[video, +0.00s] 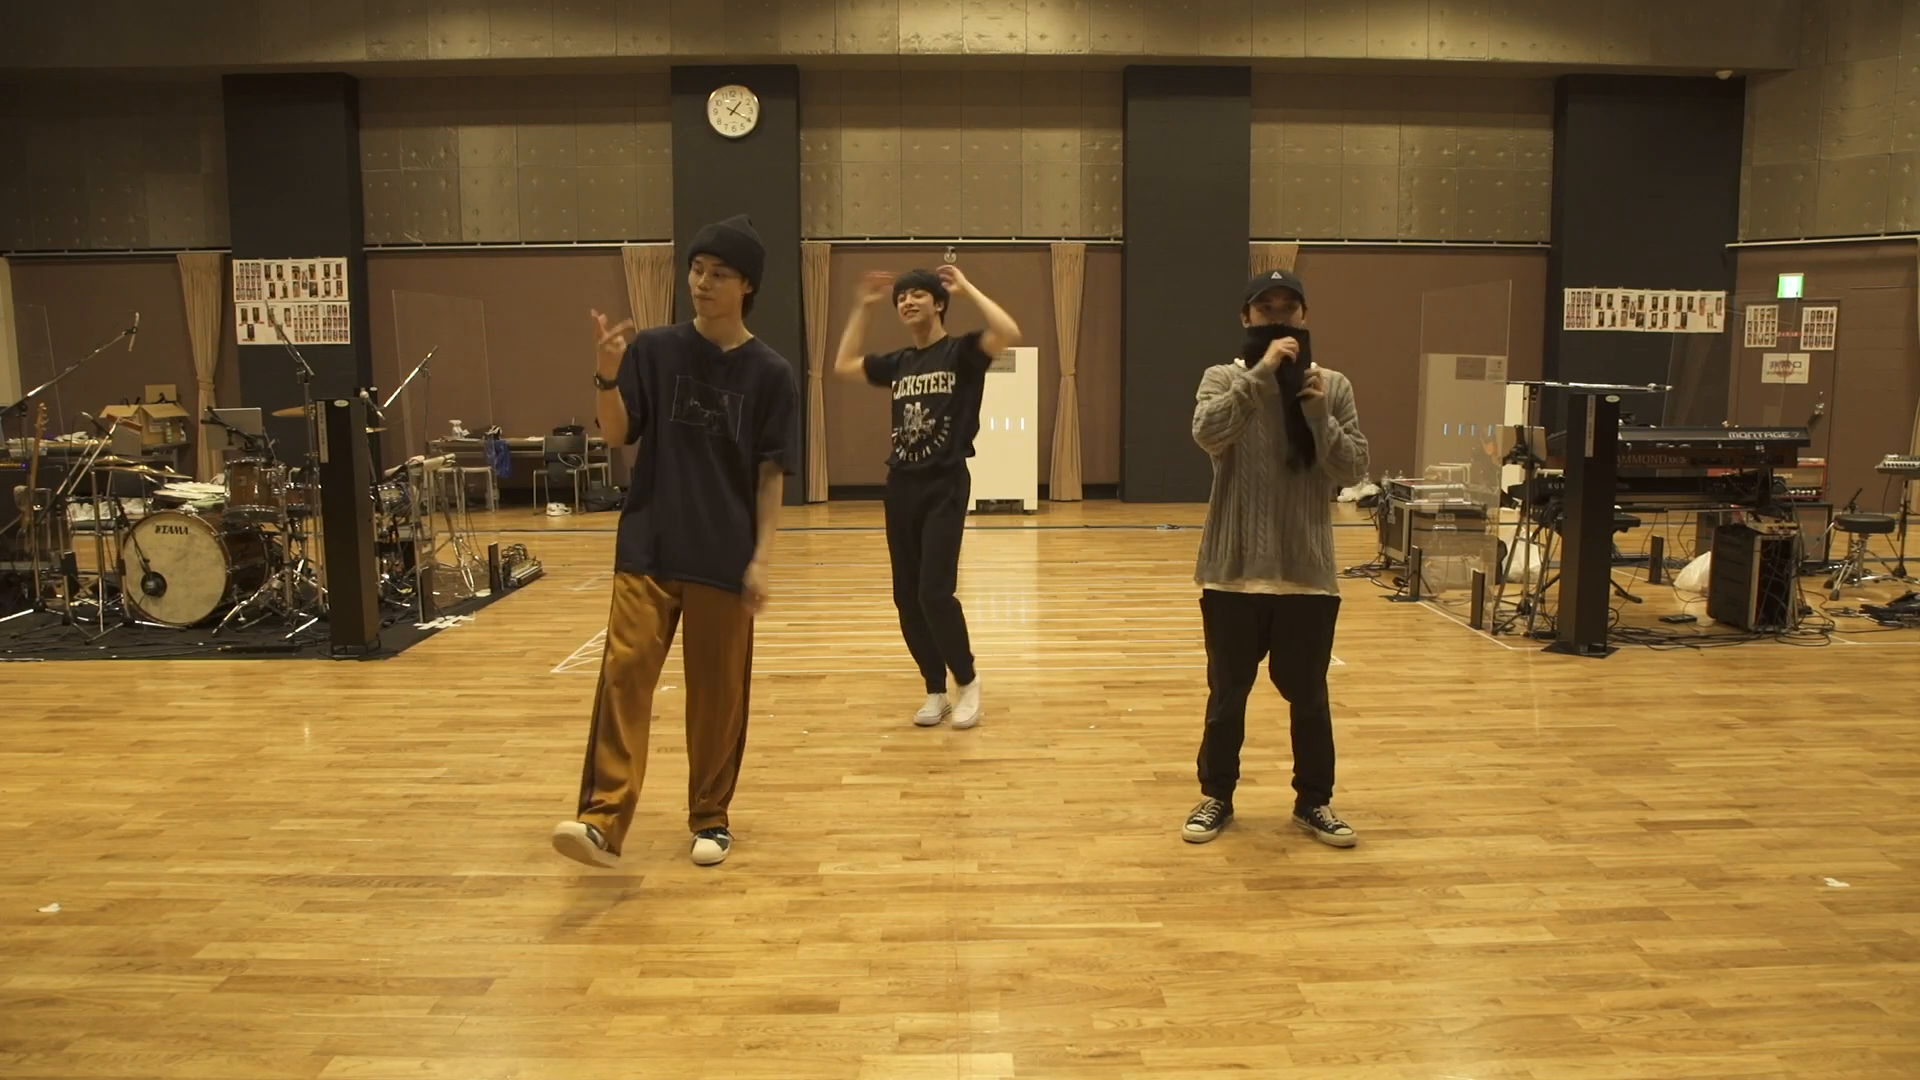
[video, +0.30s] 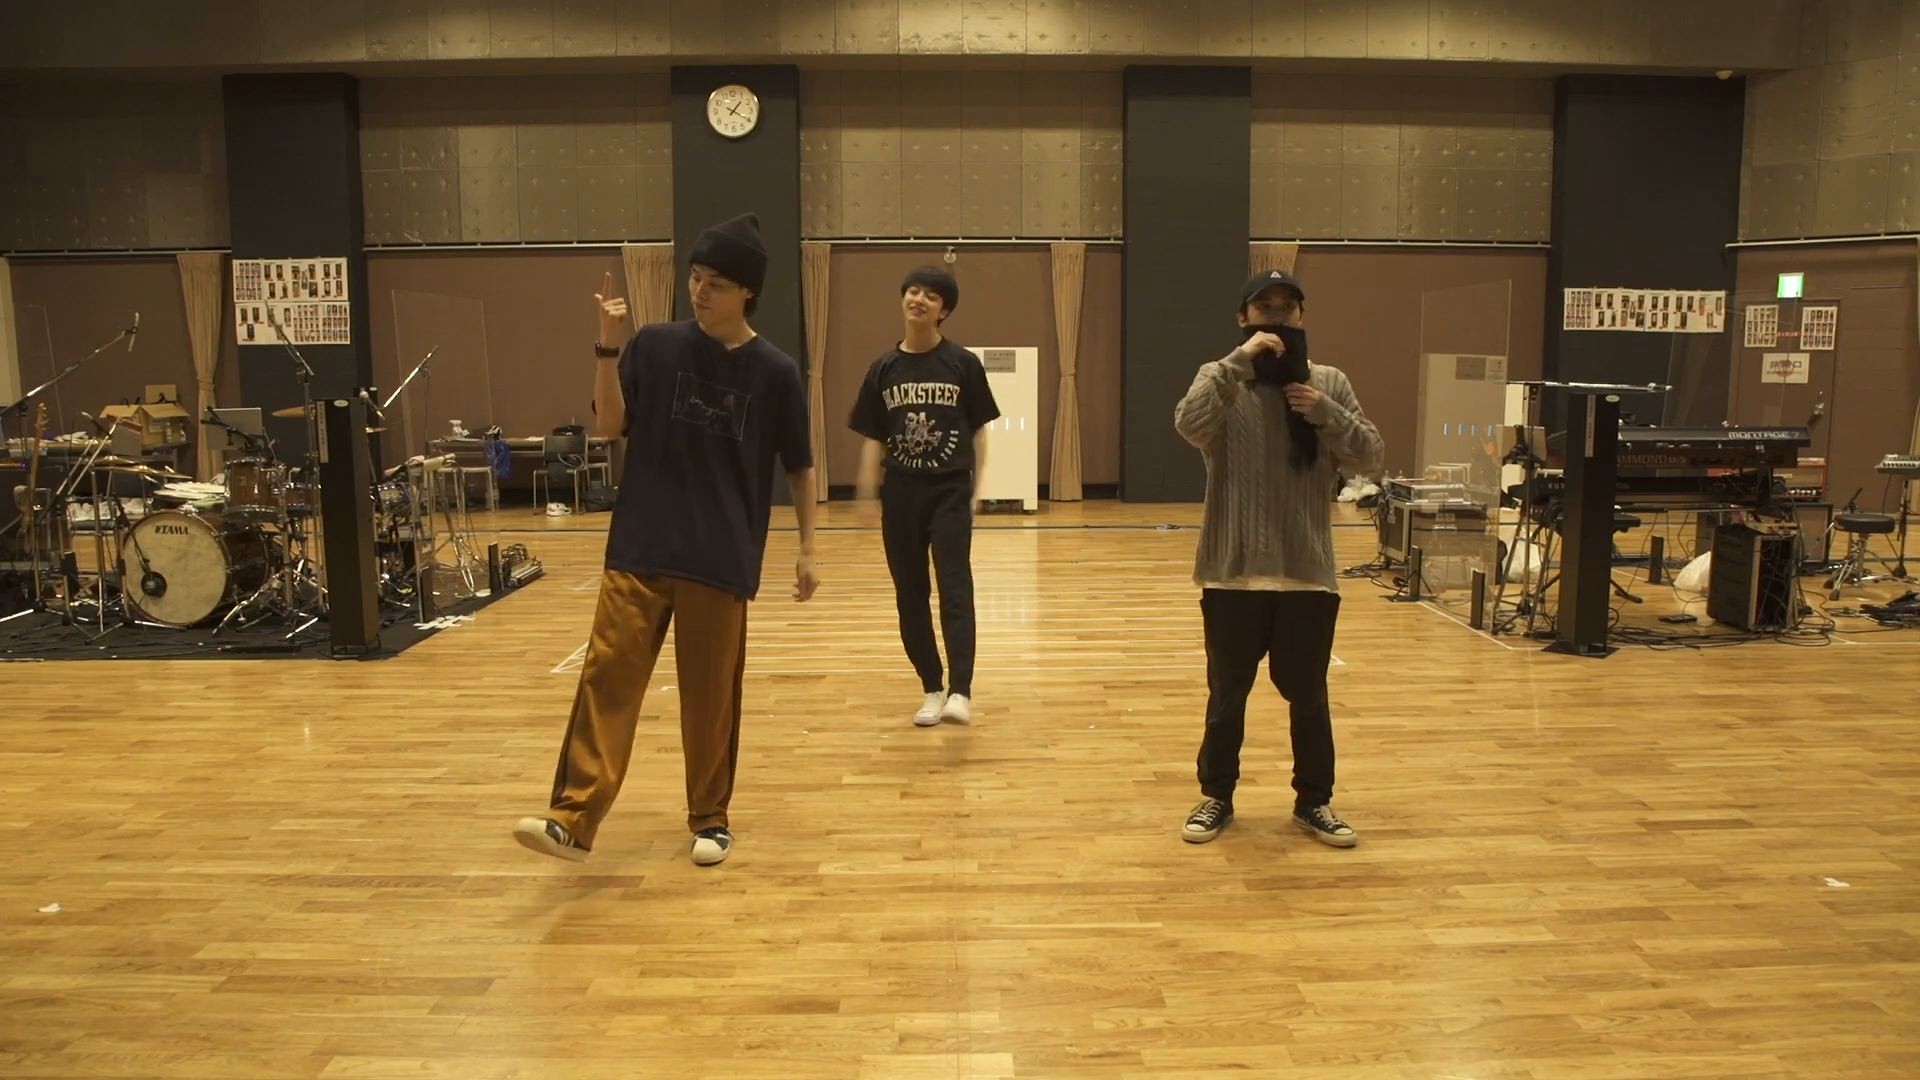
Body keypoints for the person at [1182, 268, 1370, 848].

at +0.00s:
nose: (1277, 316)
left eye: (1288, 306)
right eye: (1265, 307)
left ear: (1304, 316)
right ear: (1246, 317)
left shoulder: (1333, 386)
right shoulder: (1223, 378)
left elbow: (1350, 471)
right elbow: (1209, 436)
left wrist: (1317, 406)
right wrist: (1262, 371)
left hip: (1308, 572)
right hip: (1233, 570)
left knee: (1309, 696)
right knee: (1226, 695)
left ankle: (1314, 803)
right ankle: (1215, 800)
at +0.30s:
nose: (1278, 317)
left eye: (1288, 307)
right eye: (1266, 307)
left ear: (1302, 316)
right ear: (1245, 315)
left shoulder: (1329, 383)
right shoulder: (1221, 380)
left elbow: (1371, 458)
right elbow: (1190, 425)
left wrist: (1325, 412)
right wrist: (1239, 359)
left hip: (1307, 571)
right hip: (1232, 570)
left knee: (1309, 696)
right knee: (1226, 696)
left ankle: (1314, 803)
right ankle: (1215, 800)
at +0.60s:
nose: (1274, 318)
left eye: (1284, 309)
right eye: (1262, 309)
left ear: (1299, 317)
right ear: (1243, 317)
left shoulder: (1328, 382)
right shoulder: (1220, 375)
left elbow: (1358, 463)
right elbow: (1202, 426)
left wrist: (1321, 424)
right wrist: (1252, 363)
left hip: (1307, 570)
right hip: (1232, 568)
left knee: (1309, 694)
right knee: (1226, 694)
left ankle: (1314, 803)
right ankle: (1215, 800)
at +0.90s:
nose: (1279, 319)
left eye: (1289, 309)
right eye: (1267, 309)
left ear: (1303, 317)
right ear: (1244, 316)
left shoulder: (1329, 384)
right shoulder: (1219, 379)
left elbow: (1359, 465)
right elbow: (1197, 441)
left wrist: (1320, 421)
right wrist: (1257, 385)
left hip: (1308, 570)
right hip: (1233, 568)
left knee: (1310, 696)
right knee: (1226, 696)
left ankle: (1314, 803)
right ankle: (1215, 800)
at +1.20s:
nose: (1282, 321)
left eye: (1291, 311)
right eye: (1271, 310)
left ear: (1305, 318)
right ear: (1247, 316)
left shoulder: (1328, 388)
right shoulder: (1217, 385)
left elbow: (1373, 463)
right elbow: (1168, 406)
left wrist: (1342, 417)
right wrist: (1224, 344)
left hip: (1308, 573)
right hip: (1232, 571)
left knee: (1310, 696)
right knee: (1226, 695)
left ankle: (1313, 804)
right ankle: (1215, 801)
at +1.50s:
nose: (1280, 322)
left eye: (1290, 313)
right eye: (1269, 312)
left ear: (1304, 322)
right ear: (1246, 318)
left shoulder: (1329, 393)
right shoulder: (1220, 380)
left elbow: (1343, 481)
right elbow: (1206, 442)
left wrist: (1290, 443)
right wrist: (1277, 397)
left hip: (1305, 576)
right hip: (1229, 573)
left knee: (1309, 698)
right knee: (1225, 697)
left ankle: (1313, 805)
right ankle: (1215, 801)